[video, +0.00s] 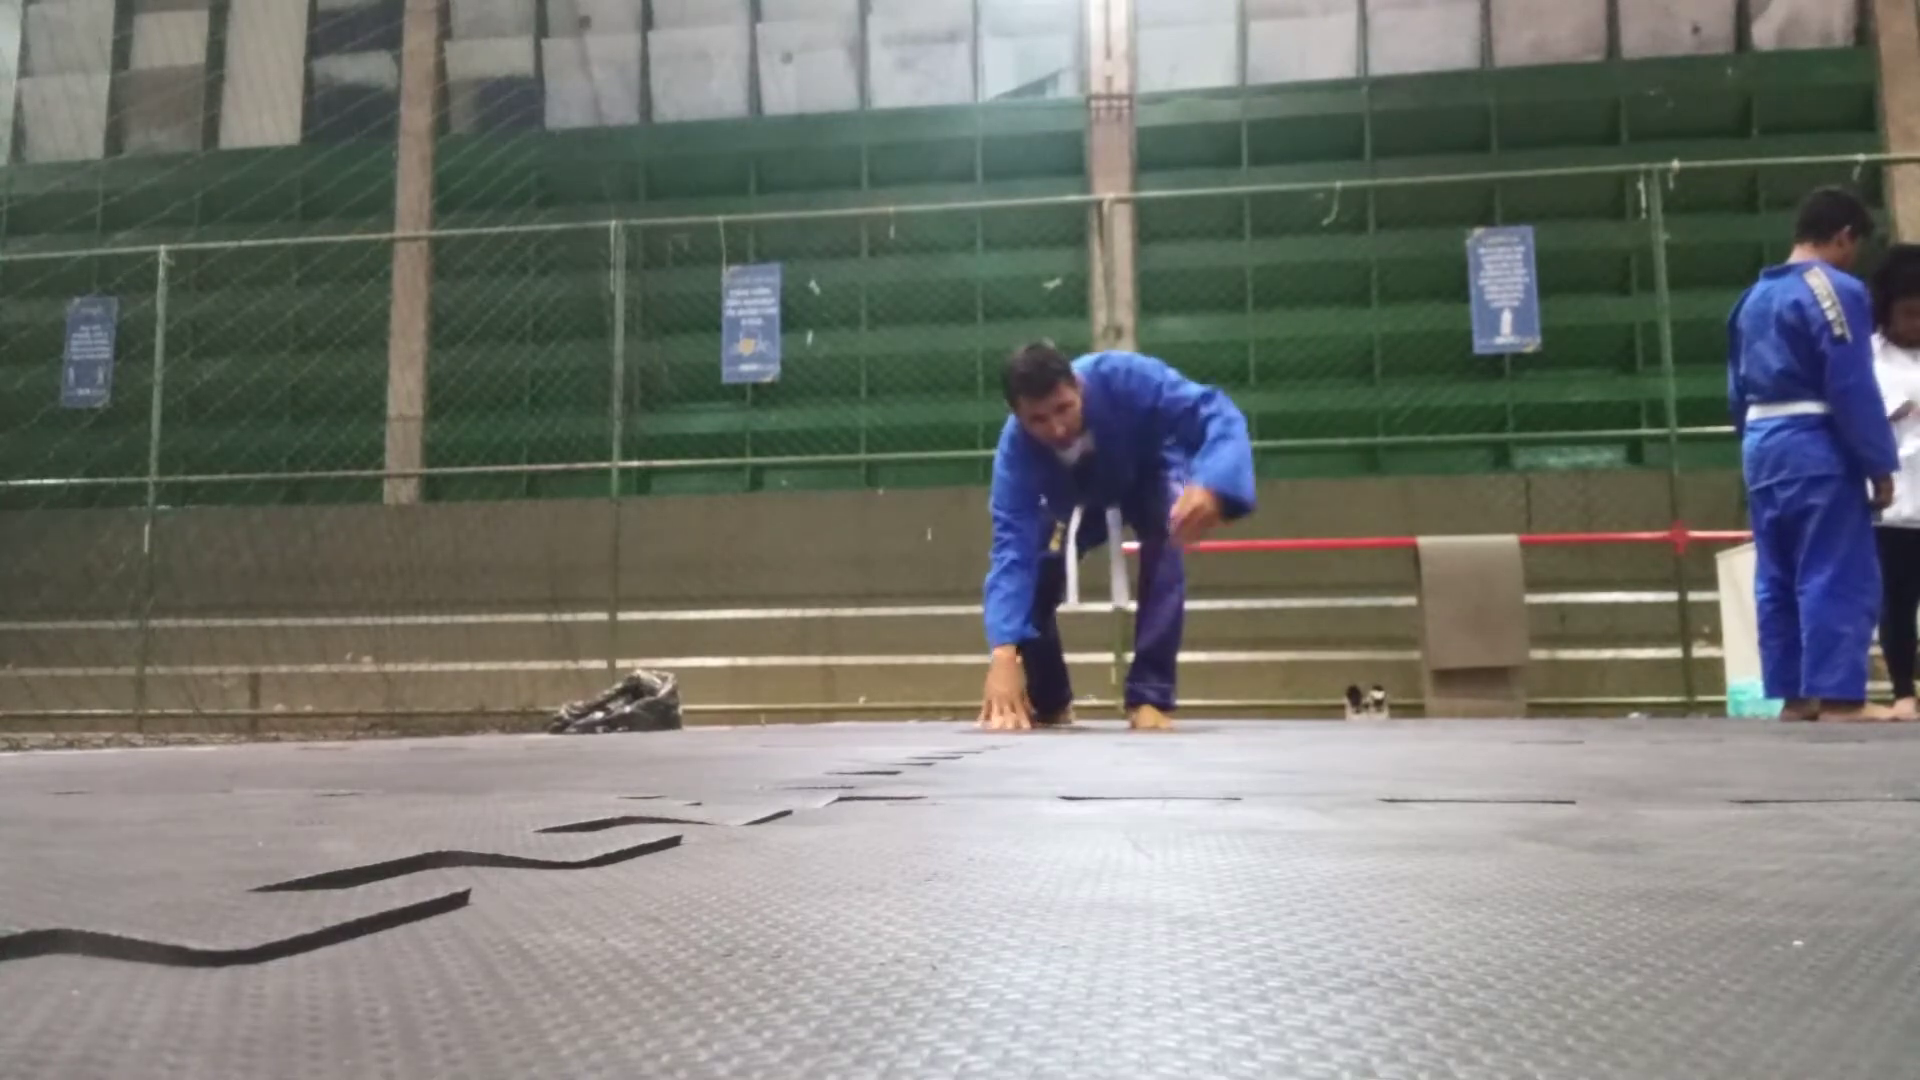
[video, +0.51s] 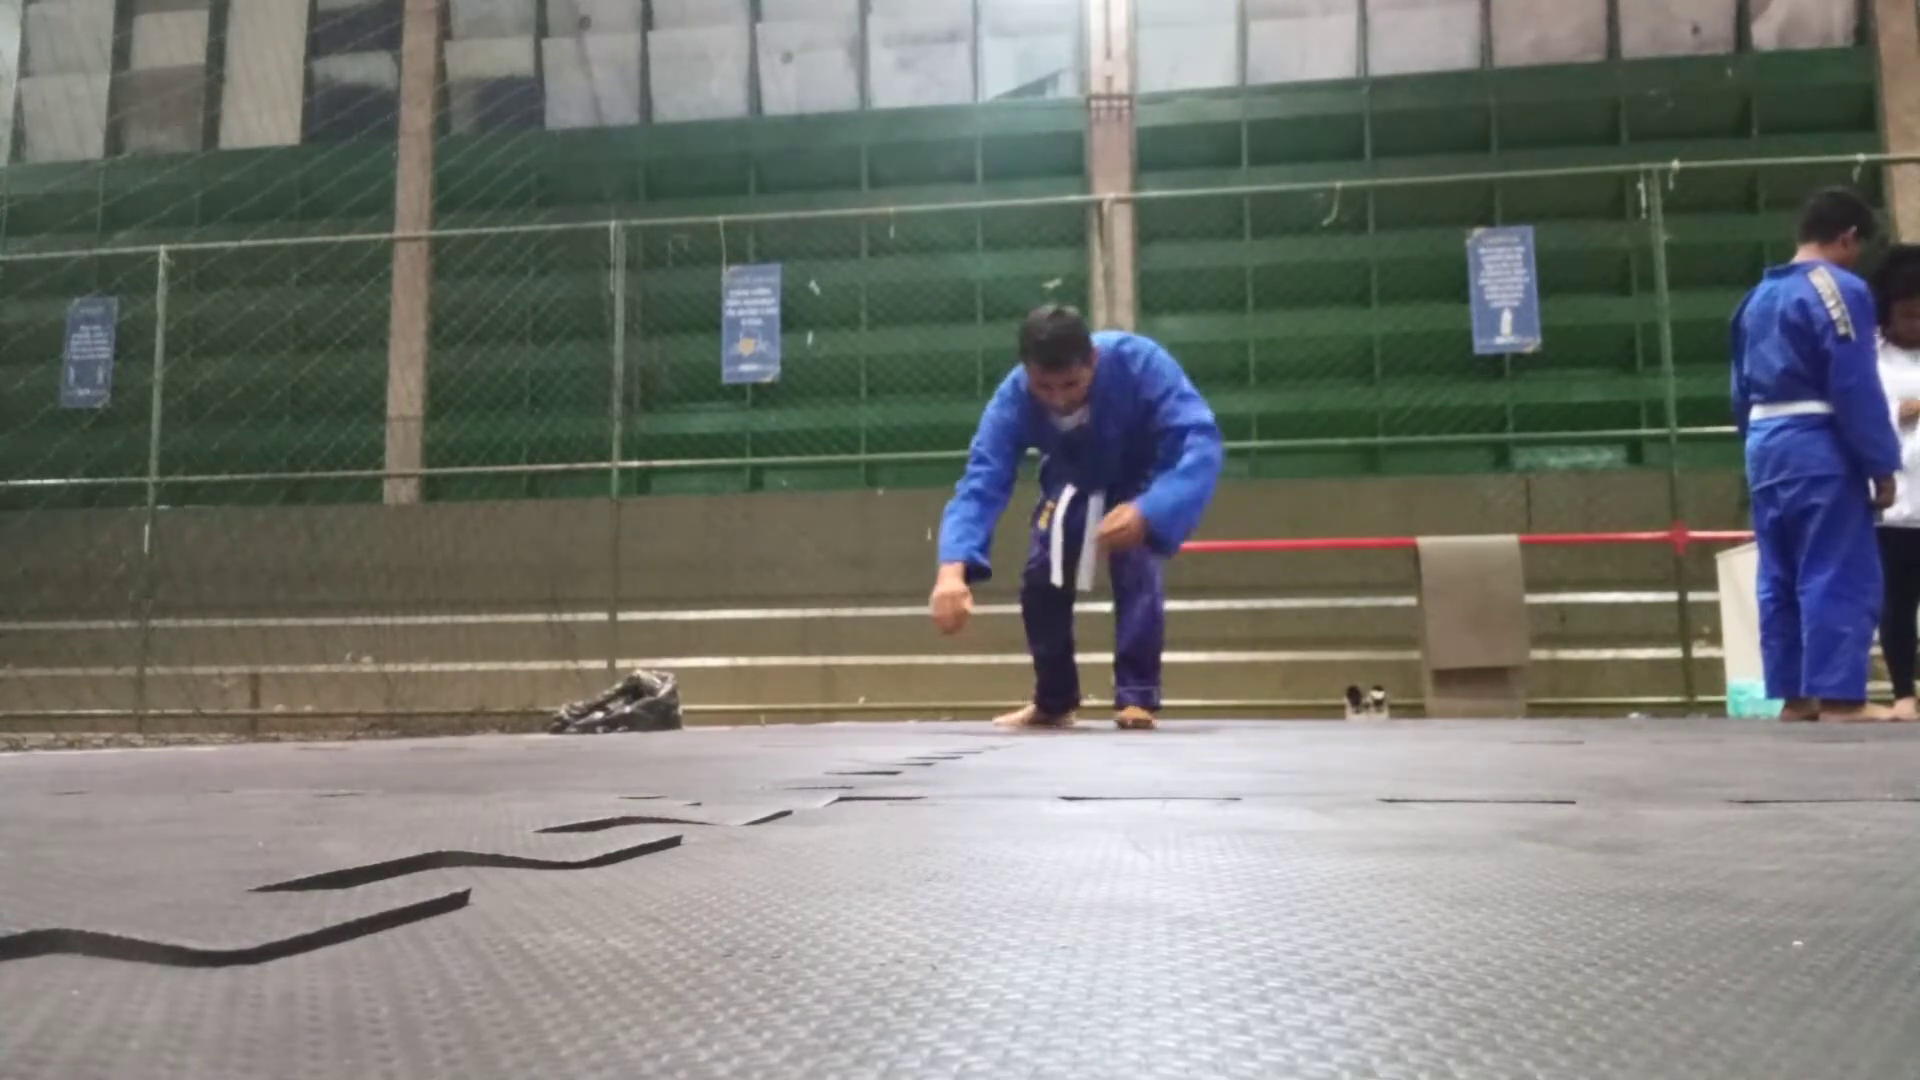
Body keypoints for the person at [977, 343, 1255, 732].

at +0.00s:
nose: (1057, 428)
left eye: (1064, 411)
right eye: (1039, 420)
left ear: (1078, 387)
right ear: (1019, 416)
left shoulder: (1120, 376)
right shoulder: (1017, 445)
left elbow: (1218, 414)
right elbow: (1011, 546)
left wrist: (1210, 486)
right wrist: (1004, 654)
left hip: (1148, 483)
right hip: (1083, 498)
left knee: (1163, 559)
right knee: (1028, 583)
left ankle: (1149, 702)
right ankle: (1049, 703)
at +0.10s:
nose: (1053, 423)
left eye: (1060, 406)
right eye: (1036, 414)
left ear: (1076, 383)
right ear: (1016, 409)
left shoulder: (1117, 371)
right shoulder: (1015, 443)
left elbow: (1220, 401)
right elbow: (1012, 539)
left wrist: (1208, 463)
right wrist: (1003, 641)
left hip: (1145, 485)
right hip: (1077, 499)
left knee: (1164, 561)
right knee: (1025, 590)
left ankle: (1149, 702)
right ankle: (1047, 703)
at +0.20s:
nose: (1052, 416)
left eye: (1061, 399)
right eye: (1037, 406)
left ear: (1078, 375)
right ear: (1017, 396)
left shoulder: (1119, 364)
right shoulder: (1012, 430)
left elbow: (1221, 396)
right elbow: (1004, 523)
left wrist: (1201, 450)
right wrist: (991, 618)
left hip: (1146, 480)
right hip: (1080, 493)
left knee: (1159, 564)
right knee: (1025, 587)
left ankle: (1149, 702)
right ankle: (1047, 704)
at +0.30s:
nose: (1051, 406)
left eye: (1061, 391)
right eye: (1037, 396)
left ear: (1080, 368)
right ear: (1019, 383)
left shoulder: (1122, 358)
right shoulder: (1012, 412)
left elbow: (1219, 402)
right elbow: (994, 503)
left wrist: (1192, 452)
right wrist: (976, 593)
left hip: (1142, 476)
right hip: (1074, 485)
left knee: (1152, 558)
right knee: (1030, 577)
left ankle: (1149, 701)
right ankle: (1048, 703)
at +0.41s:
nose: (1056, 398)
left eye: (1066, 385)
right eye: (1041, 388)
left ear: (1085, 361)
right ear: (1023, 376)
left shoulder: (1129, 358)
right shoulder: (1013, 400)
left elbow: (1211, 419)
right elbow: (986, 485)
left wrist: (1173, 477)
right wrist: (961, 574)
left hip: (1137, 476)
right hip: (1070, 482)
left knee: (1141, 567)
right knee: (1034, 582)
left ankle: (1142, 697)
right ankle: (1049, 702)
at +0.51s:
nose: (1059, 399)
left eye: (1070, 386)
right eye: (1045, 388)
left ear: (1092, 363)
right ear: (1028, 373)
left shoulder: (1138, 362)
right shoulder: (1016, 394)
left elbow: (1202, 443)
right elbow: (981, 480)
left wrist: (1148, 511)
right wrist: (951, 570)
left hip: (1140, 482)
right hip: (1070, 483)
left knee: (1136, 566)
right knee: (1041, 579)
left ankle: (1136, 700)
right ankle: (1054, 700)